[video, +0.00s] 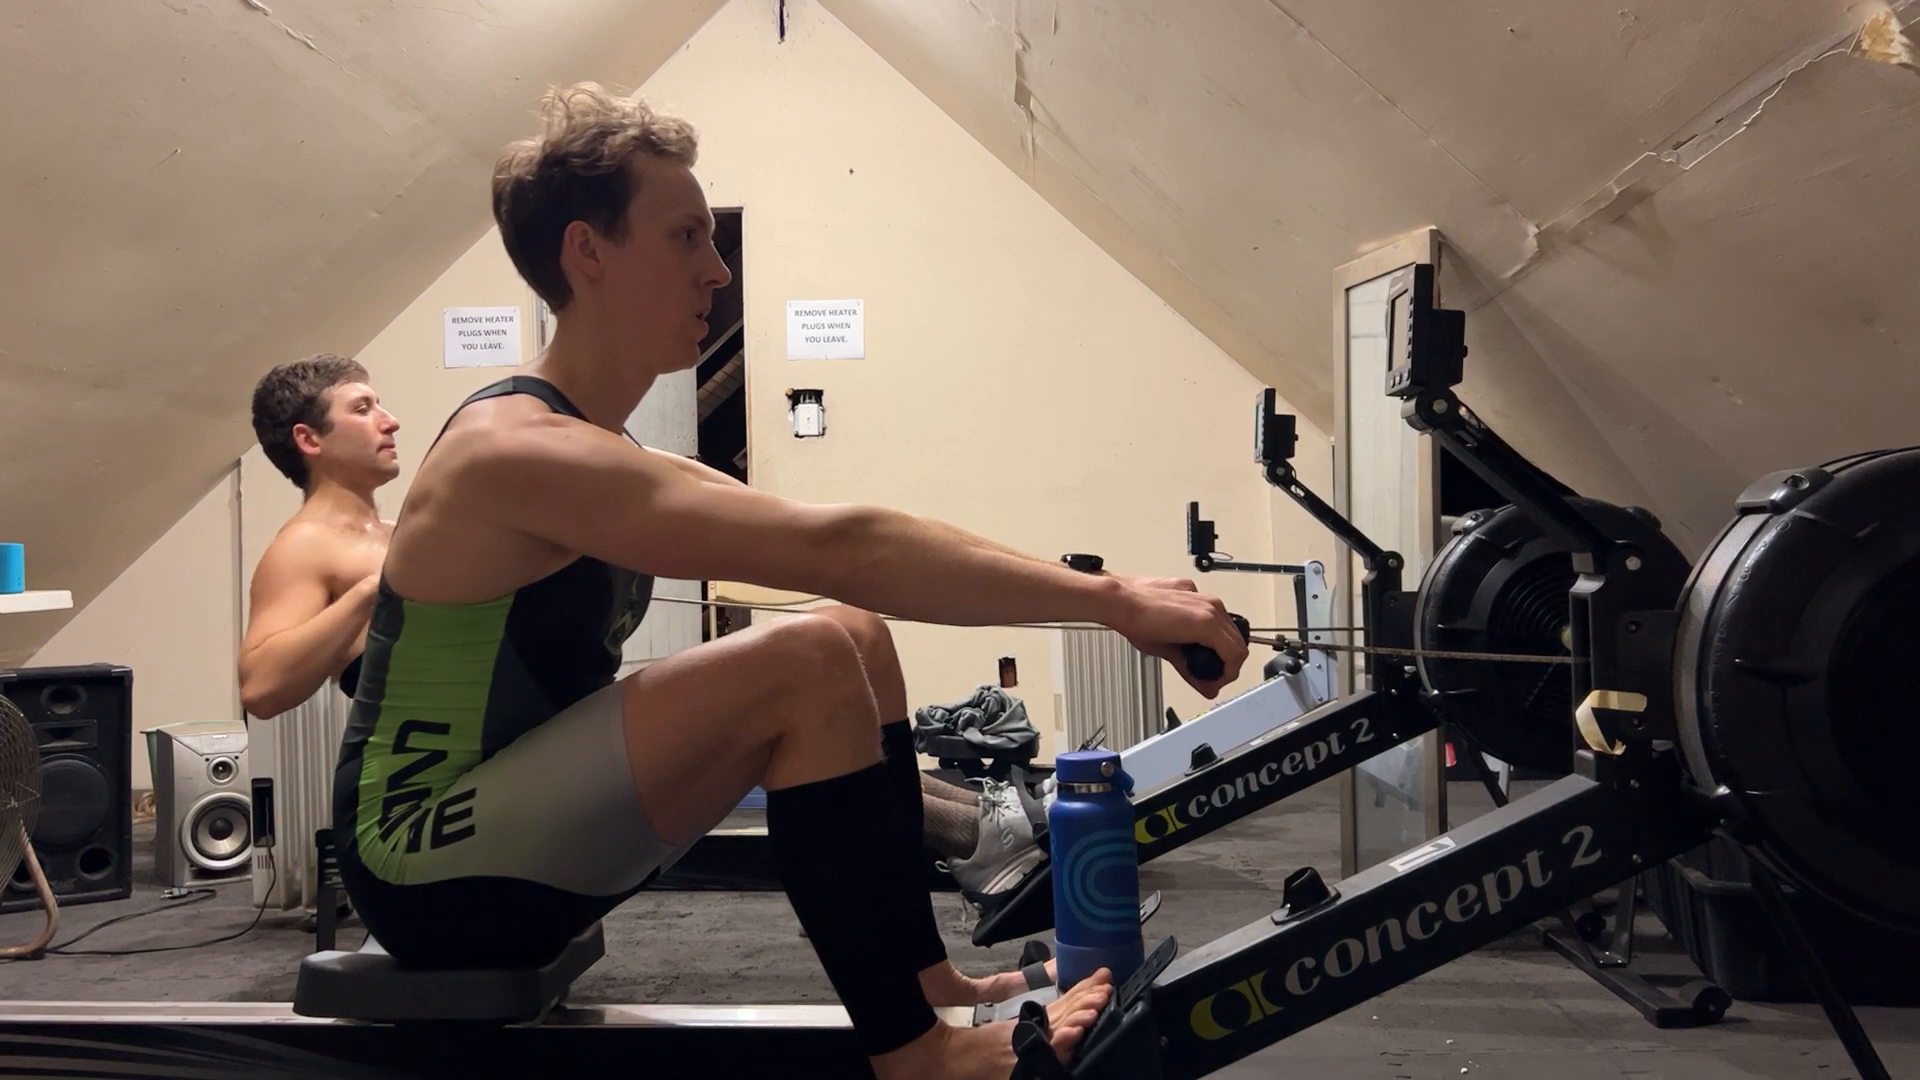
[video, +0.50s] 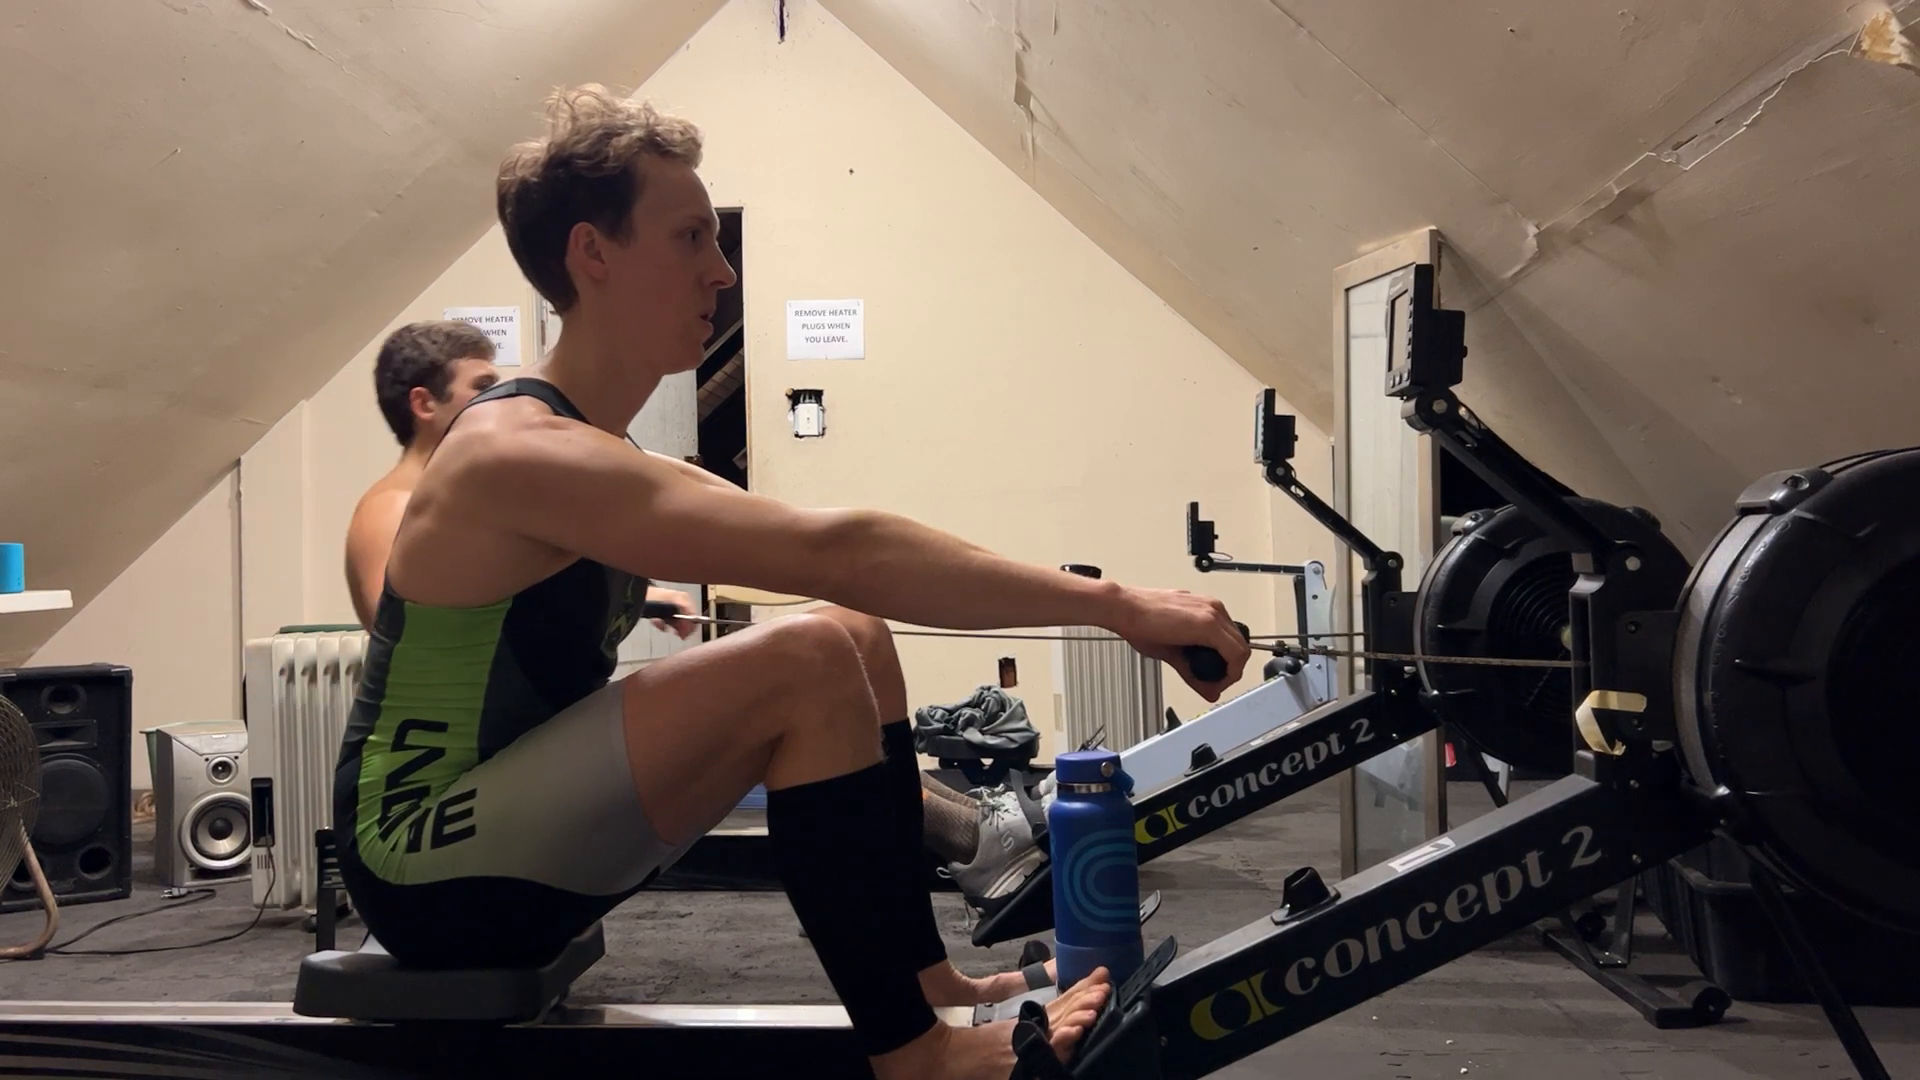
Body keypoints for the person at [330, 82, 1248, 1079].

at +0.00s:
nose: (717, 272)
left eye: (709, 242)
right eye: (688, 242)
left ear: (592, 262)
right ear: (585, 258)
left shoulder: (590, 451)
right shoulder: (516, 449)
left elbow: (834, 558)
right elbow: (830, 549)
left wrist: (1091, 589)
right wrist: (1110, 599)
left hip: (502, 824)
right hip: (435, 859)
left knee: (856, 641)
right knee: (806, 664)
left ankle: (924, 989)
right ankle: (903, 1047)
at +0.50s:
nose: (722, 274)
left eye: (715, 243)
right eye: (693, 242)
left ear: (597, 262)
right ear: (590, 258)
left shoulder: (588, 452)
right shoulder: (519, 452)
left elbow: (833, 566)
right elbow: (830, 554)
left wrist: (1096, 603)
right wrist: (1115, 607)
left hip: (500, 826)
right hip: (433, 857)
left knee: (855, 644)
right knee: (807, 664)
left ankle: (926, 994)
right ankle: (901, 1047)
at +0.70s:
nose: (724, 274)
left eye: (716, 242)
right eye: (695, 242)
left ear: (599, 262)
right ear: (592, 258)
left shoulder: (584, 449)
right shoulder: (517, 449)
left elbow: (581, 604)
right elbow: (834, 552)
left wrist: (730, 608)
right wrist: (1116, 608)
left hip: (501, 820)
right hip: (434, 855)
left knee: (853, 643)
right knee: (804, 663)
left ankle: (925, 991)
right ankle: (902, 1047)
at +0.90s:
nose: (724, 273)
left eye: (717, 241)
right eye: (695, 242)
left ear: (600, 263)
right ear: (592, 259)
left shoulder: (594, 446)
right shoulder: (519, 452)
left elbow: (604, 588)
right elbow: (836, 554)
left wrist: (780, 604)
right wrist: (1116, 609)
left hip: (504, 823)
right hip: (433, 855)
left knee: (850, 645)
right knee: (805, 663)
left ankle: (927, 995)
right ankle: (902, 1048)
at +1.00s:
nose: (724, 273)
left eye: (717, 242)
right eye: (695, 242)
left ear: (599, 263)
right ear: (592, 259)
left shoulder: (594, 449)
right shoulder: (520, 449)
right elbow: (836, 556)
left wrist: (886, 609)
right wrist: (1118, 609)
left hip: (504, 827)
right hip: (433, 854)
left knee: (851, 650)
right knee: (808, 665)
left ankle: (927, 994)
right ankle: (901, 1047)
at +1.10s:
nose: (725, 274)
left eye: (719, 243)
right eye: (697, 241)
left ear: (600, 263)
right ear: (592, 258)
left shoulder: (597, 446)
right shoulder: (524, 449)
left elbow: (837, 561)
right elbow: (832, 555)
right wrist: (1119, 612)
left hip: (501, 824)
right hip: (433, 851)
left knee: (855, 647)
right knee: (805, 664)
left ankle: (925, 993)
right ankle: (901, 1046)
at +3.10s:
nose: (673, 269)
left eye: (660, 238)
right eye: (638, 239)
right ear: (531, 264)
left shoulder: (593, 468)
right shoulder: (457, 458)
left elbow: (805, 561)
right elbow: (736, 596)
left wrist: (1024, 606)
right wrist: (1024, 633)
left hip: (416, 805)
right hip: (332, 829)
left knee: (775, 663)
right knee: (724, 686)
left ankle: (909, 972)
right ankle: (896, 1046)